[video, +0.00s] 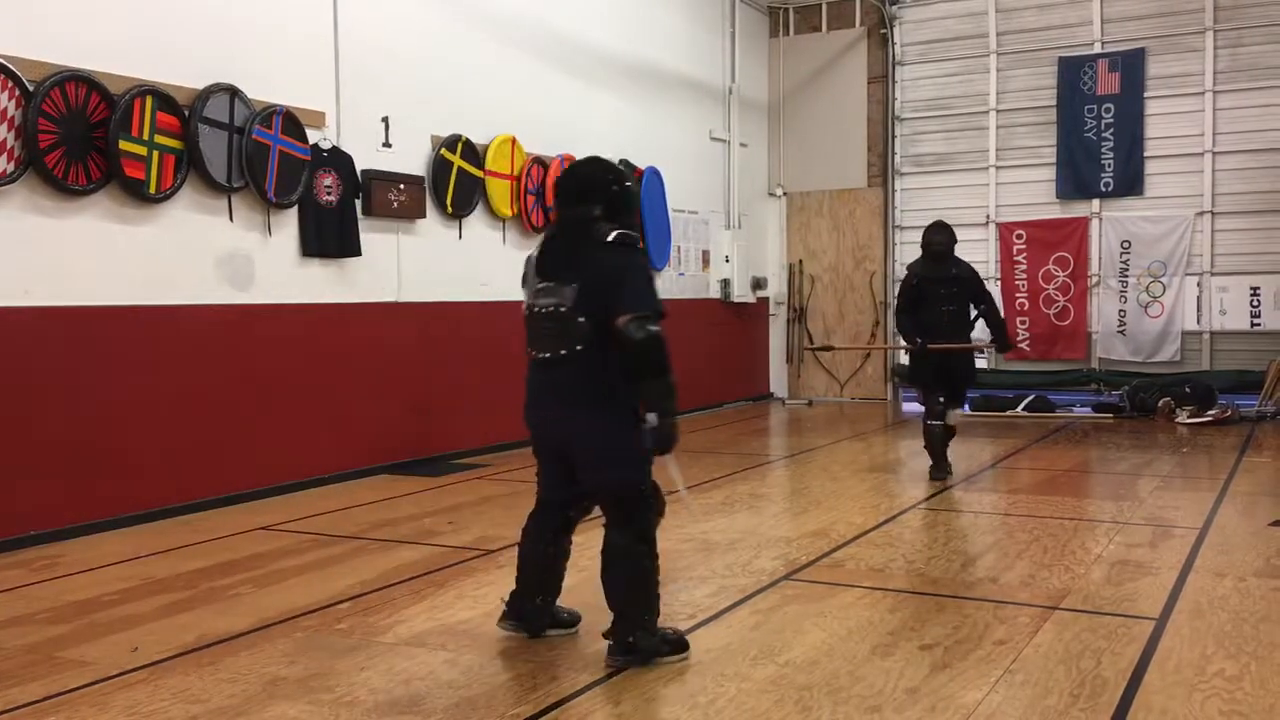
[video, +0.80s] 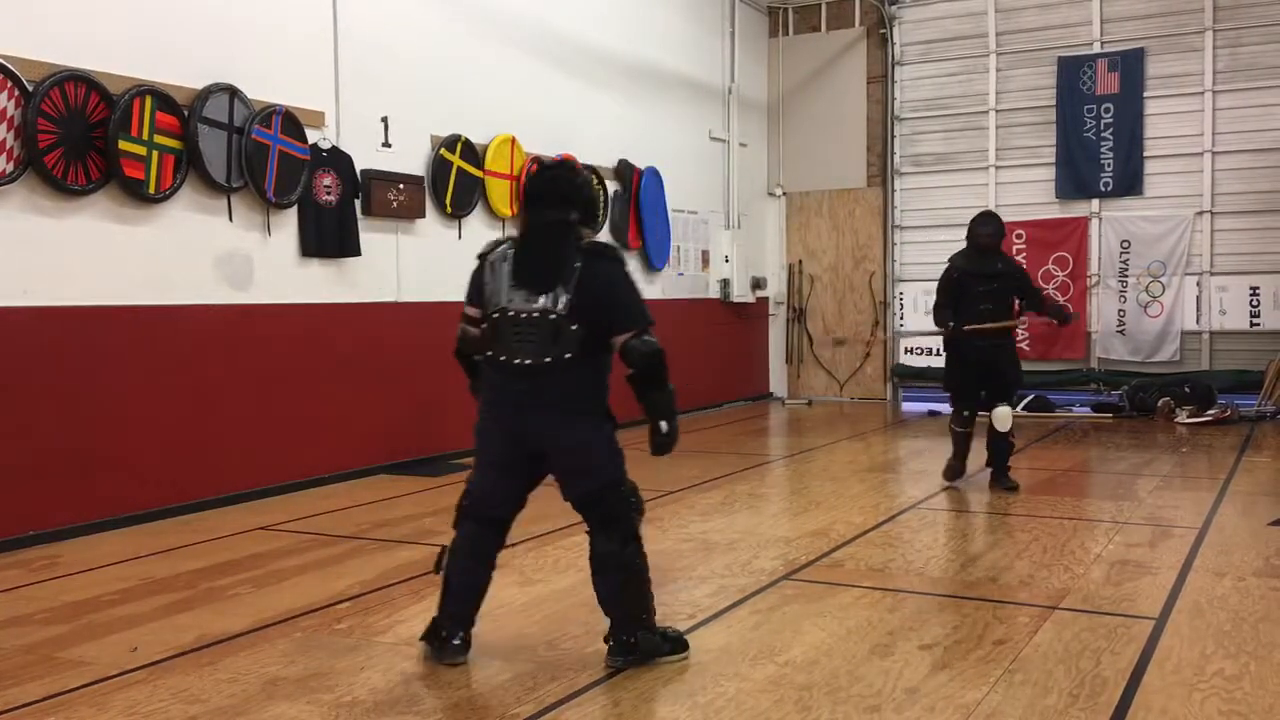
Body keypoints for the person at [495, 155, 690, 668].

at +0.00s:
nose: (633, 201)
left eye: (630, 192)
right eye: (627, 194)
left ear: (568, 200)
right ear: (613, 199)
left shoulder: (543, 255)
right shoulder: (620, 250)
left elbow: (547, 338)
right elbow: (640, 335)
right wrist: (660, 410)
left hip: (549, 409)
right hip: (606, 411)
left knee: (558, 501)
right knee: (633, 508)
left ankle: (531, 603)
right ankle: (634, 630)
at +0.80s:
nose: (596, 215)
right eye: (591, 207)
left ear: (529, 208)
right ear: (584, 211)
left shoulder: (494, 261)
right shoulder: (599, 263)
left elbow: (469, 341)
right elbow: (640, 348)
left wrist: (490, 390)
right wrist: (660, 409)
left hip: (504, 420)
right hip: (576, 421)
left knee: (481, 516)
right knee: (613, 515)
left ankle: (450, 628)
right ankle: (631, 631)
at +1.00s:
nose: (544, 219)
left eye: (540, 209)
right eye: (538, 209)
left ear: (475, 212)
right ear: (526, 215)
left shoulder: (435, 268)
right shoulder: (542, 270)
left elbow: (409, 346)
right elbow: (581, 352)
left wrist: (411, 412)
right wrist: (607, 416)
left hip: (454, 423)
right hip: (521, 424)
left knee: (451, 526)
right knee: (570, 519)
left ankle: (445, 633)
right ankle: (614, 623)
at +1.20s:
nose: (505, 208)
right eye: (499, 200)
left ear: (435, 202)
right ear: (487, 205)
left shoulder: (397, 263)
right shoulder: (507, 263)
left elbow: (362, 337)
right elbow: (543, 347)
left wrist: (355, 399)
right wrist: (565, 409)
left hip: (430, 420)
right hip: (493, 419)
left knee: (439, 521)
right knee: (531, 504)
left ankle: (445, 632)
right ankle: (539, 616)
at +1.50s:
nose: (481, 222)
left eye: (480, 213)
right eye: (476, 213)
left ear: (412, 211)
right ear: (463, 214)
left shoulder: (375, 268)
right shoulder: (479, 265)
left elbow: (356, 344)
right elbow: (516, 342)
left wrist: (371, 405)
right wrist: (537, 404)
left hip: (407, 414)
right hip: (470, 411)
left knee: (424, 513)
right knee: (465, 508)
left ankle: (442, 628)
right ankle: (450, 614)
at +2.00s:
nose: (450, 223)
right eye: (444, 216)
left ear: (388, 215)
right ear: (436, 218)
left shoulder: (352, 261)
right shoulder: (452, 268)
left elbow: (326, 330)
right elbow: (486, 341)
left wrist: (344, 385)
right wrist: (508, 396)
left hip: (374, 398)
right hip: (434, 399)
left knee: (361, 481)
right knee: (433, 486)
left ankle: (370, 569)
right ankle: (433, 587)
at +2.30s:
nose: (409, 235)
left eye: (407, 227)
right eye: (405, 227)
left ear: (354, 227)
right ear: (393, 233)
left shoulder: (317, 269)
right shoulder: (391, 280)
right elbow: (427, 338)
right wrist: (458, 359)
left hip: (320, 409)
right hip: (377, 412)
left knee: (321, 485)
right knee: (411, 489)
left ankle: (292, 575)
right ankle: (428, 584)